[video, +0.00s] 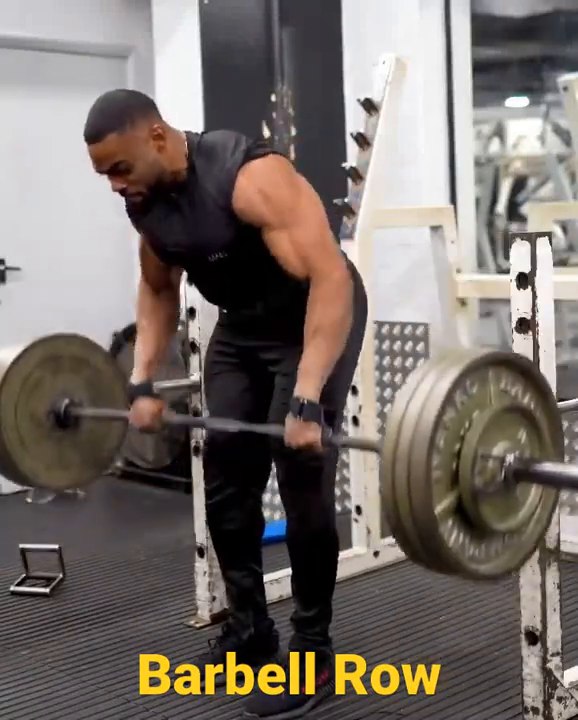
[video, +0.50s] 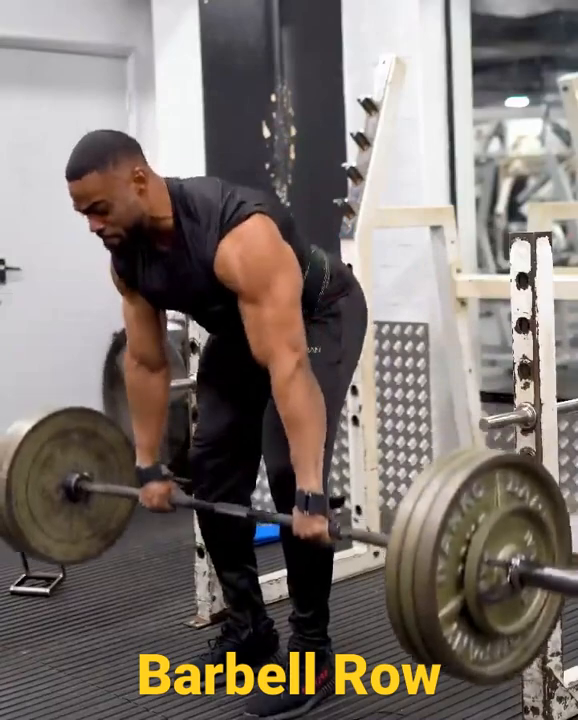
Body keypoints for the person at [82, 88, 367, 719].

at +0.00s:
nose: (115, 186)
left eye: (119, 168)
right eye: (106, 175)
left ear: (160, 137)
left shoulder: (253, 176)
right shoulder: (147, 201)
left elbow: (332, 277)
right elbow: (158, 288)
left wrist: (307, 398)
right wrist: (142, 380)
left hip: (315, 321)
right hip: (241, 332)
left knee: (302, 475)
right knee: (226, 481)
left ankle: (311, 646)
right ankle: (248, 627)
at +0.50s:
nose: (94, 227)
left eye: (99, 209)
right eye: (84, 214)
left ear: (140, 178)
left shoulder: (241, 237)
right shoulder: (130, 256)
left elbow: (290, 363)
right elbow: (145, 362)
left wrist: (311, 491)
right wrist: (148, 466)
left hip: (318, 313)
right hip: (238, 326)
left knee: (291, 474)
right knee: (211, 474)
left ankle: (310, 648)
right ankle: (248, 628)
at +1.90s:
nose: (120, 174)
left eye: (125, 157)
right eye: (111, 164)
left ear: (166, 126)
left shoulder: (258, 163)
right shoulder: (153, 187)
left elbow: (345, 253)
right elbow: (166, 262)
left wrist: (314, 365)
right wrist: (151, 349)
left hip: (306, 325)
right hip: (236, 330)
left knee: (297, 477)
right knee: (227, 480)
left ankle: (311, 648)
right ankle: (248, 627)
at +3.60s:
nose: (107, 185)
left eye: (112, 168)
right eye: (97, 174)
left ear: (149, 132)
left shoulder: (242, 151)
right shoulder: (139, 185)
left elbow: (359, 188)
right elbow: (161, 230)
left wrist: (317, 287)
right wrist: (146, 287)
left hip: (301, 321)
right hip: (229, 327)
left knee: (288, 472)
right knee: (217, 473)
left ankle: (311, 649)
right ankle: (246, 625)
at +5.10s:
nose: (110, 190)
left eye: (117, 174)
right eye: (102, 178)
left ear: (160, 148)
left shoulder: (252, 203)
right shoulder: (143, 219)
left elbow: (315, 320)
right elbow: (154, 321)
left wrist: (312, 449)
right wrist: (149, 429)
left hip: (327, 300)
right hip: (252, 312)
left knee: (309, 468)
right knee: (237, 465)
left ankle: (311, 649)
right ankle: (250, 627)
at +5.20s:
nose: (121, 154)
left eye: (127, 137)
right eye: (113, 142)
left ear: (170, 108)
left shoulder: (260, 155)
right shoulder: (152, 177)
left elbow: (336, 262)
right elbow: (157, 273)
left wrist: (313, 380)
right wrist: (147, 369)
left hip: (309, 321)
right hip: (240, 325)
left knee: (307, 482)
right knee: (240, 480)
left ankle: (313, 651)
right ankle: (249, 630)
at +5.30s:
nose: (126, 135)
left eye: (132, 119)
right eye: (118, 124)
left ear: (174, 89)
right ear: (124, 112)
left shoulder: (261, 133)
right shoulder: (153, 159)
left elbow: (349, 228)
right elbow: (157, 245)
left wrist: (315, 338)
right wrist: (147, 331)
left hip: (304, 313)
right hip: (235, 315)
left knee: (304, 480)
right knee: (240, 480)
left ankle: (314, 652)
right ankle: (249, 631)